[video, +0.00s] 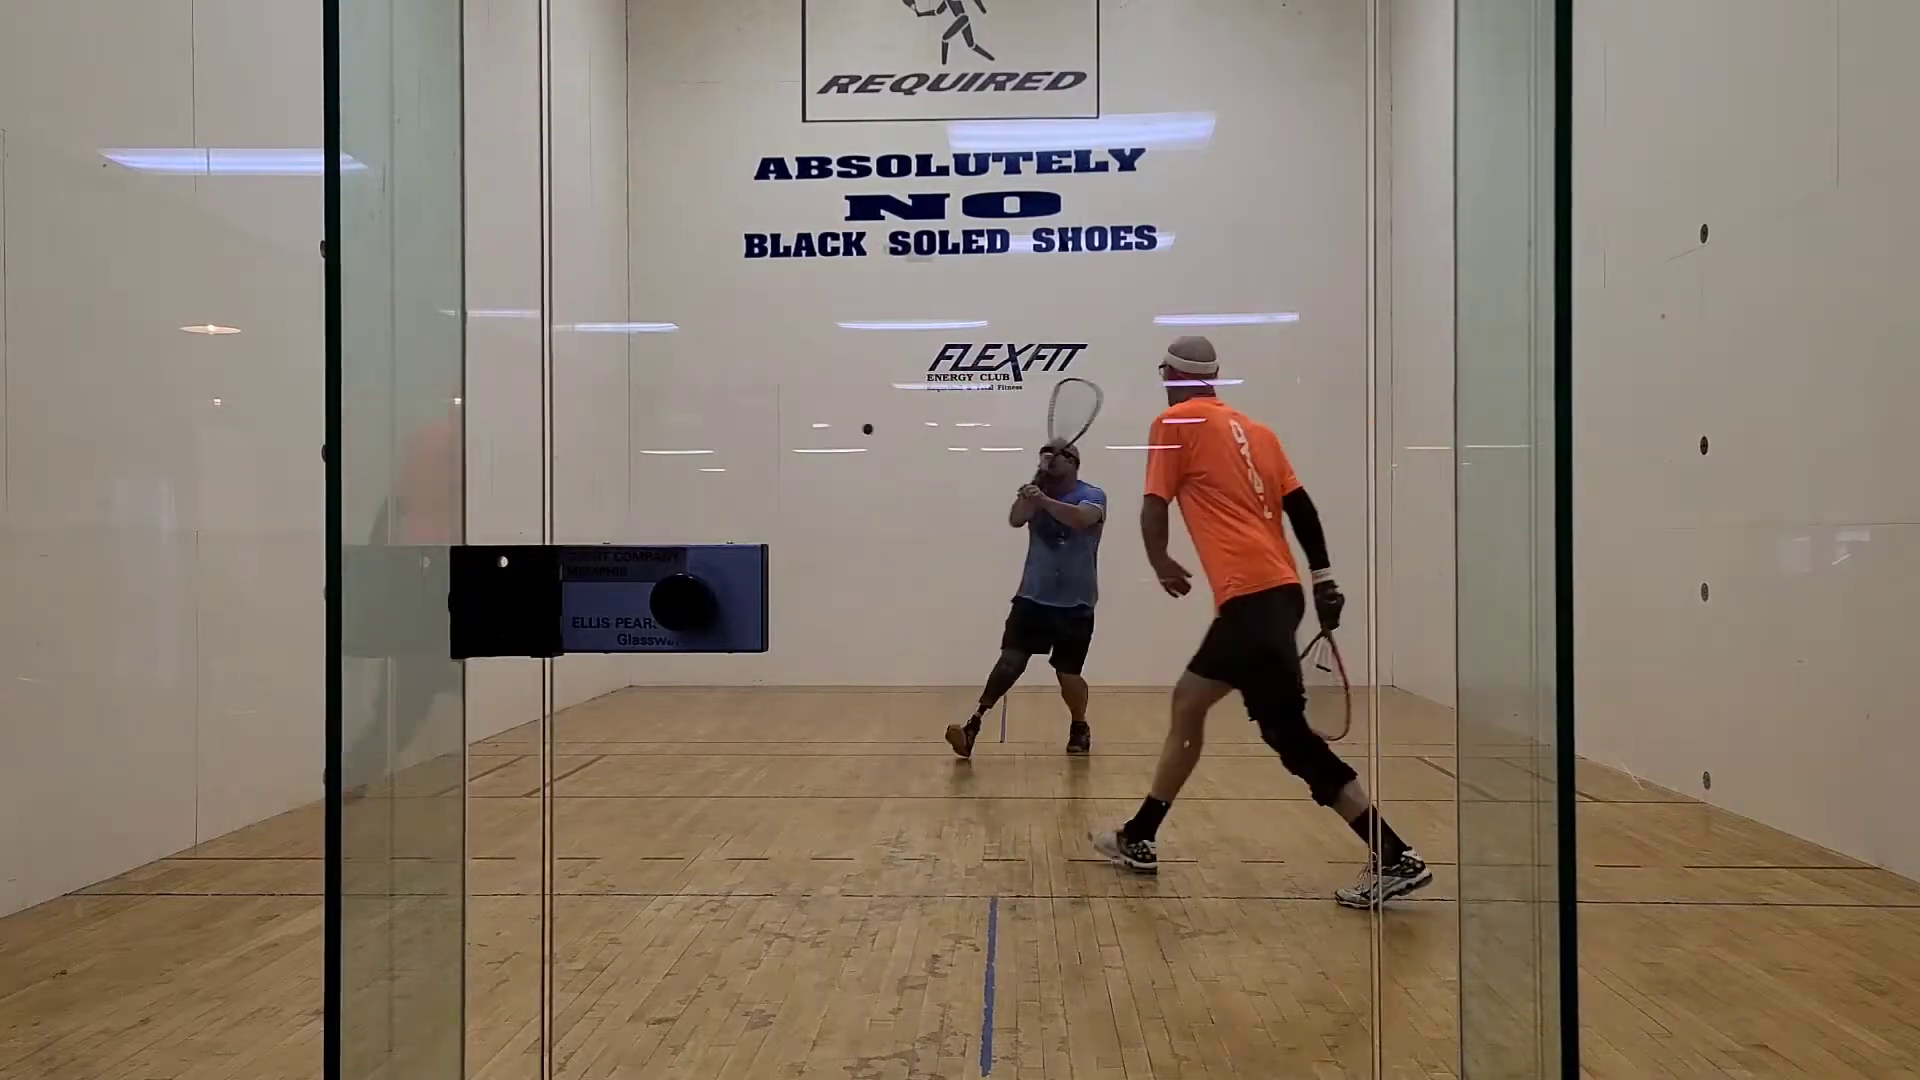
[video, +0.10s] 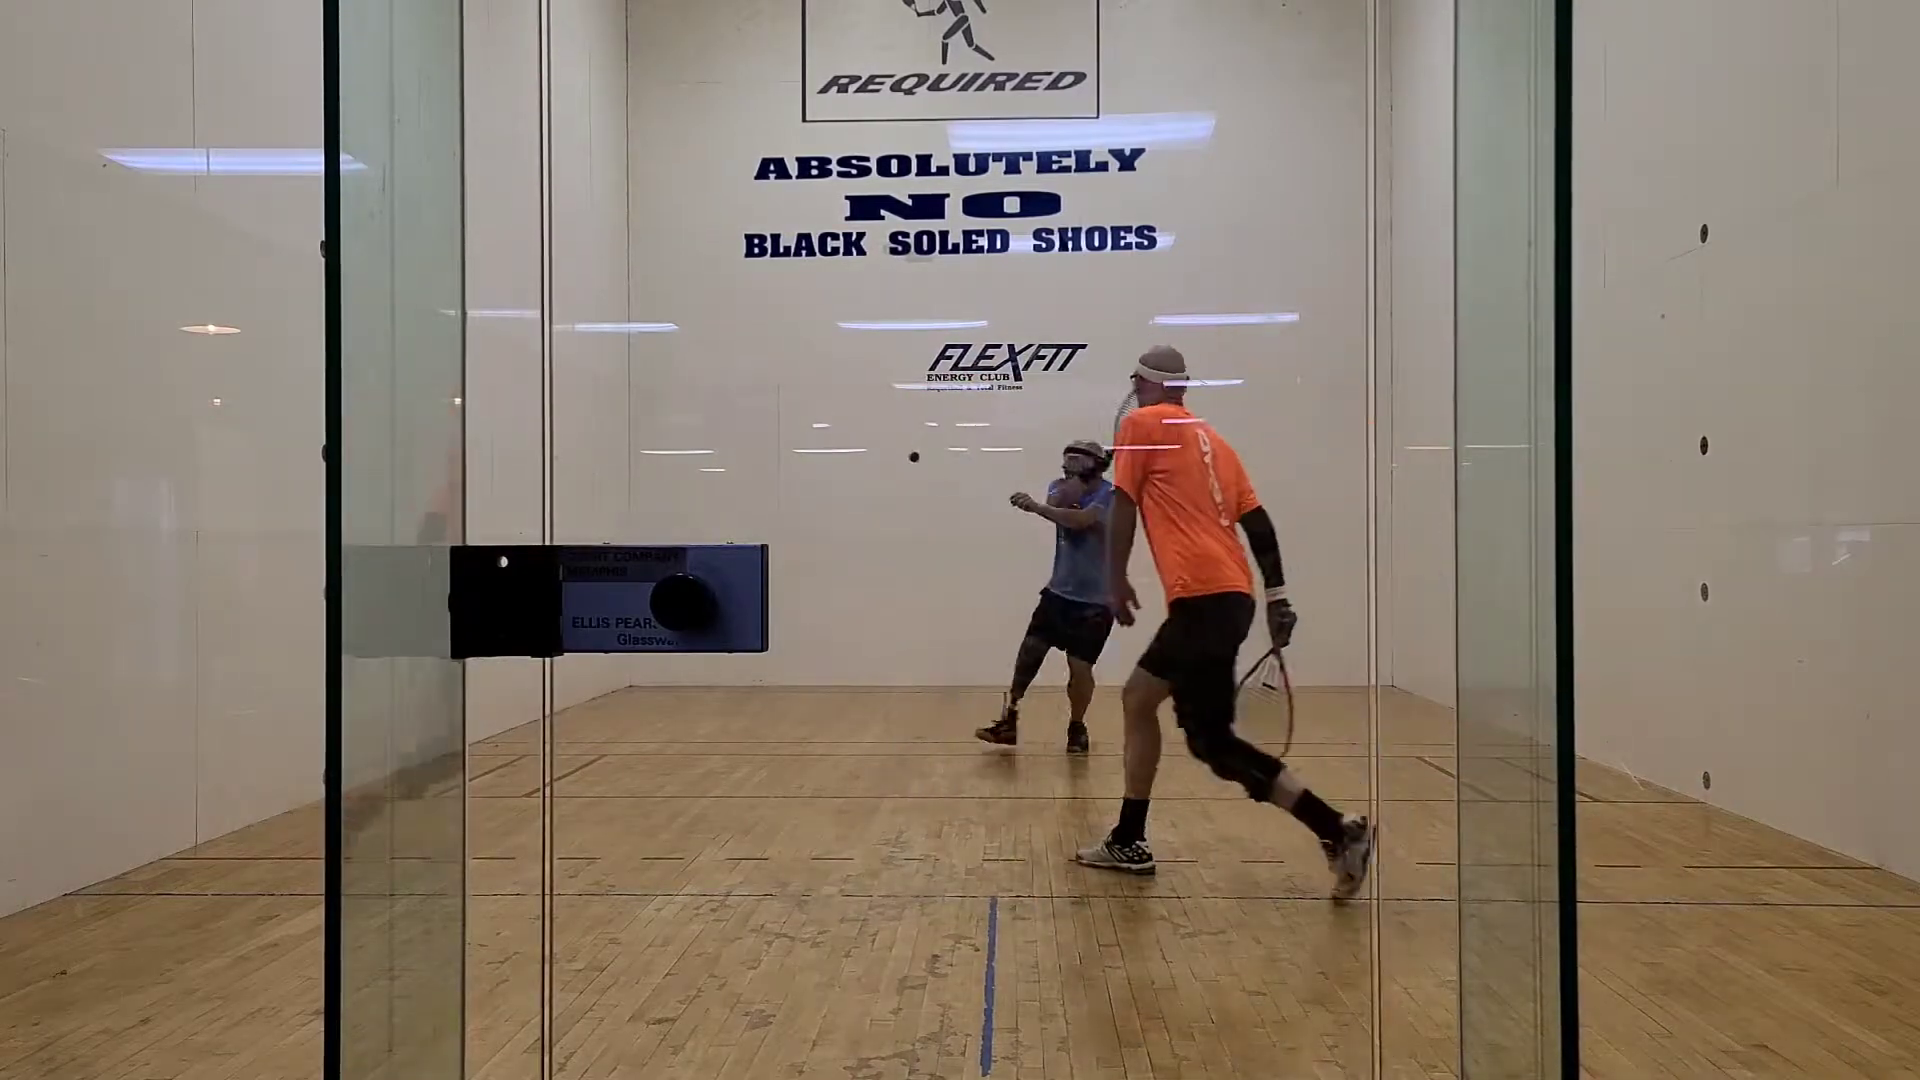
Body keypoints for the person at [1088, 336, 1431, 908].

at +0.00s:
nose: (1164, 389)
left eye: (1165, 380)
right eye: (1168, 379)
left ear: (1171, 380)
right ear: (1214, 379)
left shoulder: (1173, 425)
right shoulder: (1255, 430)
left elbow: (1154, 512)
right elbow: (1300, 505)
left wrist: (1159, 561)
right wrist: (1324, 579)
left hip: (1247, 596)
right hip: (1281, 590)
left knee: (1291, 739)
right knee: (1188, 701)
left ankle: (1394, 856)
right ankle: (1139, 836)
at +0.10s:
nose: (1133, 391)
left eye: (1137, 383)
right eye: (1136, 382)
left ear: (1150, 384)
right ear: (1180, 388)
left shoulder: (1140, 422)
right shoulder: (1212, 440)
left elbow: (1124, 502)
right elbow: (1256, 519)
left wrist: (1116, 580)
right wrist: (1277, 597)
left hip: (1201, 596)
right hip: (1230, 594)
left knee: (1210, 742)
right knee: (1138, 698)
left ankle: (1340, 833)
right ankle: (1130, 840)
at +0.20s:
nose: (1108, 394)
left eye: (1110, 387)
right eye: (1113, 387)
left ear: (1113, 386)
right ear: (1154, 390)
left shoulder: (1109, 419)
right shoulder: (1186, 443)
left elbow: (1091, 506)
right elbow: (1222, 529)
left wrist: (1077, 591)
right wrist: (1229, 600)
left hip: (1156, 586)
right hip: (1201, 589)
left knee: (1130, 725)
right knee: (1128, 715)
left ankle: (1254, 814)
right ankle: (1128, 839)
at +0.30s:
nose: (1086, 385)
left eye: (1087, 378)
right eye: (1090, 378)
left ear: (1088, 378)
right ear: (1132, 382)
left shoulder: (1083, 411)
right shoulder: (1158, 433)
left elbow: (1063, 485)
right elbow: (1194, 523)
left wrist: (1043, 571)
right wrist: (1179, 594)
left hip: (1130, 580)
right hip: (1179, 586)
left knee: (1071, 706)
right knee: (1120, 703)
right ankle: (1127, 836)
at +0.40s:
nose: (1062, 383)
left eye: (1063, 376)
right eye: (1068, 376)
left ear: (1066, 375)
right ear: (1110, 378)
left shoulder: (1061, 408)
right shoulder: (1145, 434)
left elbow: (1040, 474)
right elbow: (1176, 518)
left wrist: (1017, 556)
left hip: (1100, 579)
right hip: (1159, 584)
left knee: (1035, 700)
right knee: (1109, 695)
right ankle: (1124, 838)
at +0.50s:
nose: (1042, 390)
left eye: (1042, 382)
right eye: (1048, 382)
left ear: (1044, 381)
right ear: (1088, 385)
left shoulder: (1039, 412)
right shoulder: (1123, 436)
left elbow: (1017, 474)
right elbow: (1152, 521)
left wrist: (992, 554)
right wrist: (1071, 561)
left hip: (1073, 578)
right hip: (1135, 586)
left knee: (1002, 701)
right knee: (1093, 694)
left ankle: (981, 849)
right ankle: (1120, 836)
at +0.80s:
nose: (937, 406)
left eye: (937, 396)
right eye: (940, 396)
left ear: (944, 396)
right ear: (986, 397)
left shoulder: (948, 431)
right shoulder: (1030, 447)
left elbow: (946, 508)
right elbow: (1075, 522)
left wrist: (913, 578)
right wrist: (1049, 590)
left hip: (997, 595)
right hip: (1052, 602)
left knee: (918, 714)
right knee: (1005, 703)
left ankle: (921, 866)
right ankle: (1084, 820)